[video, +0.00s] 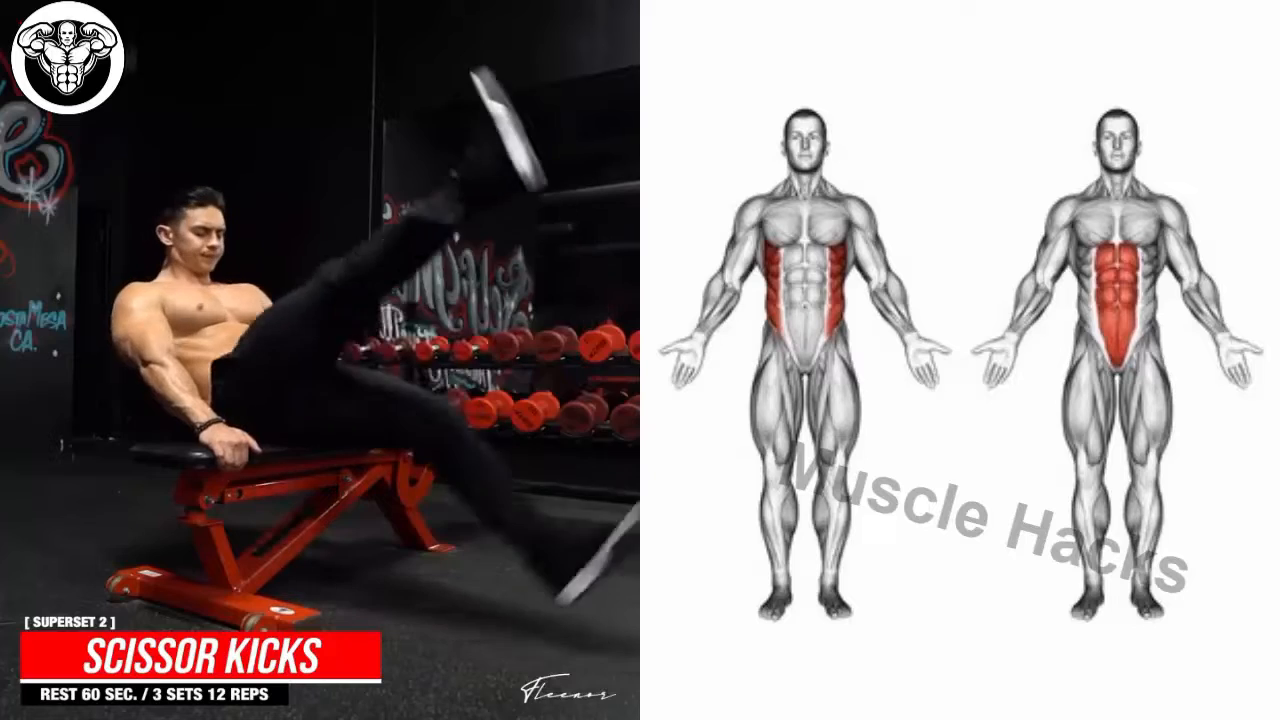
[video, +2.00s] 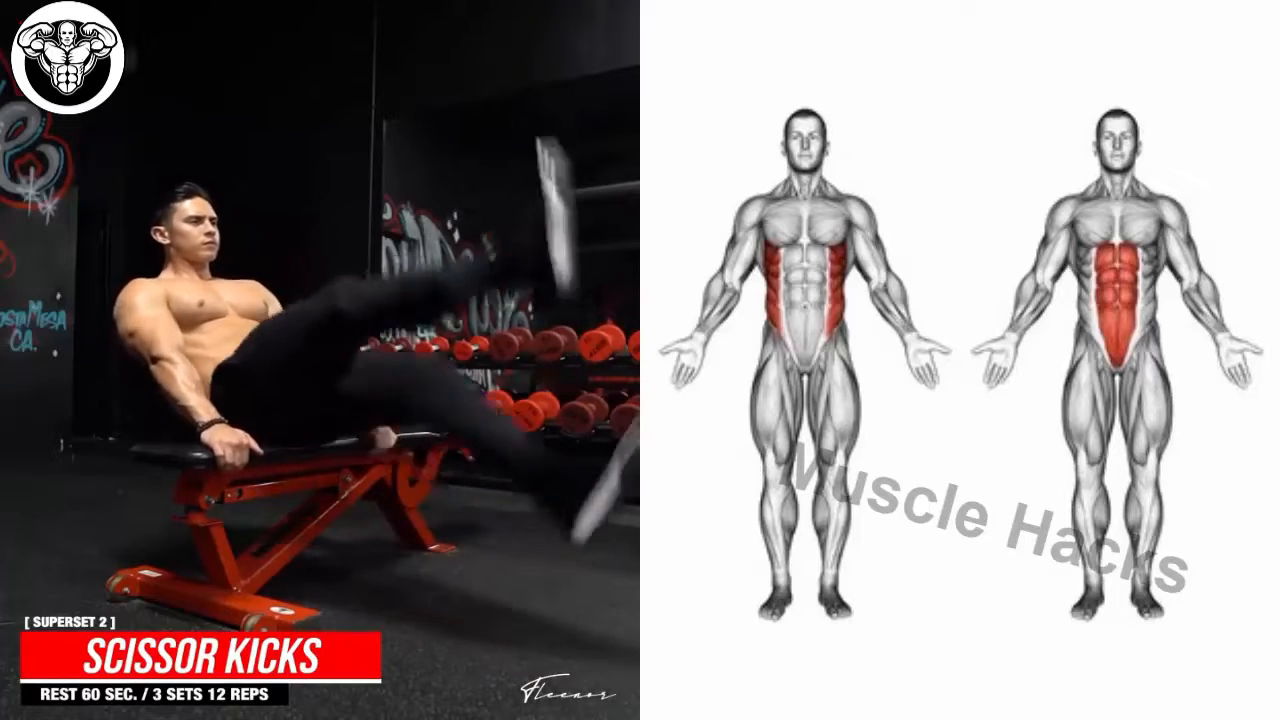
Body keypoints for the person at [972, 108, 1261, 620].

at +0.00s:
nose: (1116, 145)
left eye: (1124, 138)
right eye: (1108, 138)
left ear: (1137, 145)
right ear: (1097, 146)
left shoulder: (1164, 211)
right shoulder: (1070, 211)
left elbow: (1193, 282)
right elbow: (1041, 282)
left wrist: (1221, 335)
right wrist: (1012, 336)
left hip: (1144, 355)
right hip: (1089, 354)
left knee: (1145, 466)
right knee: (1088, 466)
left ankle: (1141, 582)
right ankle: (1092, 583)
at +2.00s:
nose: (1116, 145)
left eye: (1124, 138)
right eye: (1108, 138)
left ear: (1137, 145)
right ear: (1097, 145)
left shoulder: (1164, 211)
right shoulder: (1070, 211)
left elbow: (1193, 282)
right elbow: (1041, 282)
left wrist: (1222, 335)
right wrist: (1012, 336)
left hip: (1144, 355)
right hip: (1089, 354)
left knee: (1145, 466)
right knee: (1088, 466)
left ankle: (1141, 581)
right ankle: (1092, 583)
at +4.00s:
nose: (1116, 146)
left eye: (1124, 138)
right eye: (1109, 138)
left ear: (1137, 145)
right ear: (1097, 145)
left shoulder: (1164, 211)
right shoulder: (1070, 211)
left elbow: (1193, 282)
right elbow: (1041, 282)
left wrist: (1222, 335)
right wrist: (1012, 336)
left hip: (1144, 355)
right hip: (1089, 354)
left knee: (1145, 466)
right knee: (1088, 467)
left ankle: (1141, 581)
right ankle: (1092, 583)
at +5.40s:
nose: (1116, 146)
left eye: (1124, 138)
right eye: (1109, 138)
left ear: (1137, 145)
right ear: (1097, 145)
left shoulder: (1164, 211)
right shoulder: (1070, 211)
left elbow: (1193, 282)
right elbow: (1041, 282)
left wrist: (1222, 335)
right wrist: (1012, 336)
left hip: (1144, 355)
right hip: (1089, 355)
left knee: (1145, 466)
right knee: (1088, 466)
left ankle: (1141, 581)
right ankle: (1091, 582)